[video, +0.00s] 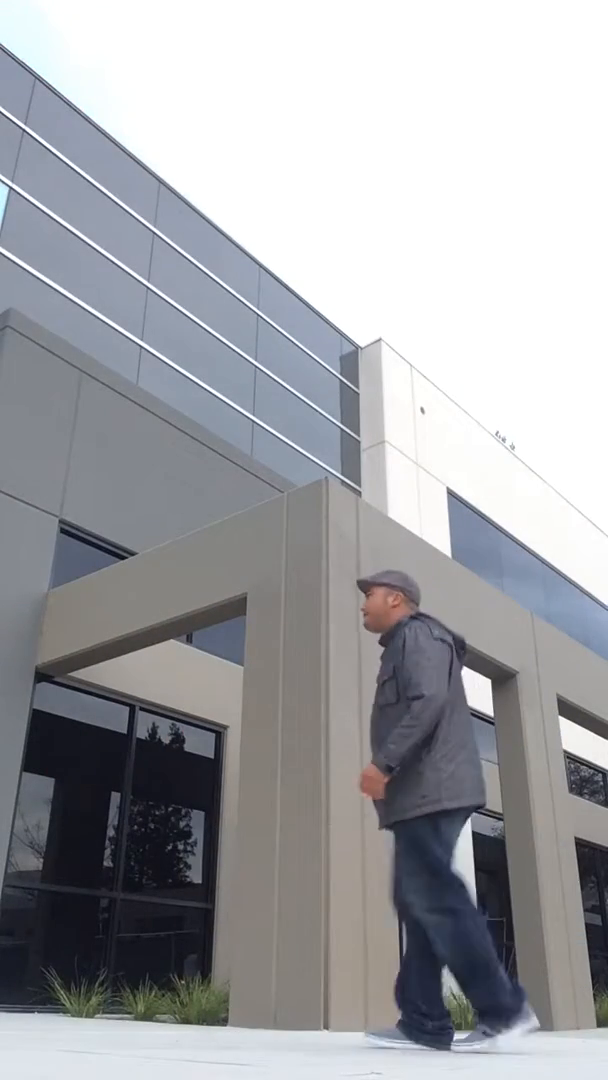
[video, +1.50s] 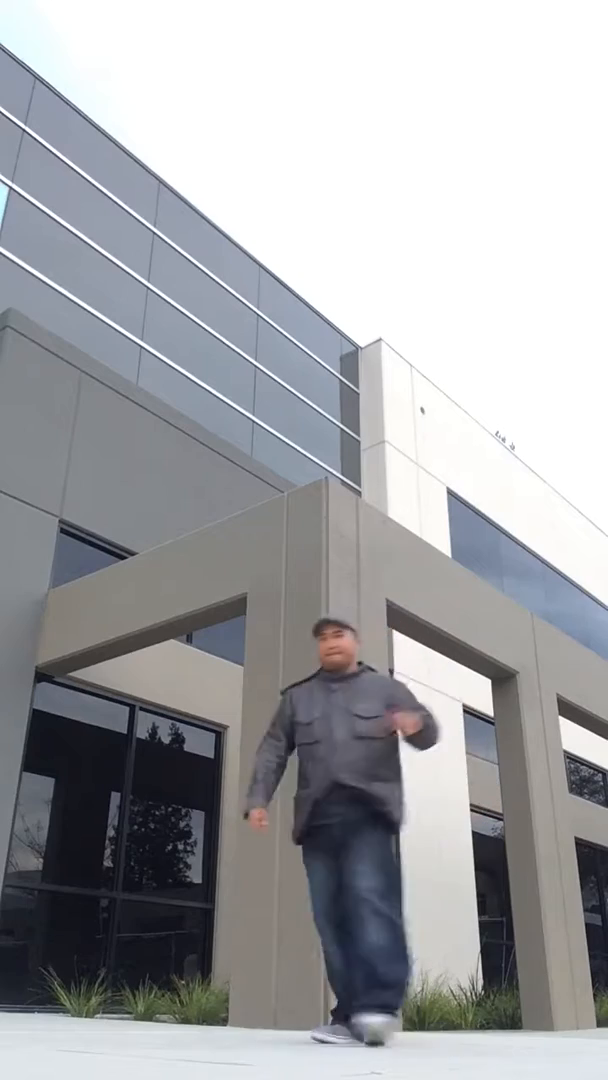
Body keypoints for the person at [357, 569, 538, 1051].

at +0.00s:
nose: (362, 605)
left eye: (368, 595)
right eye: (364, 597)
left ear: (396, 599)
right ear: (396, 600)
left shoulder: (417, 633)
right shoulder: (408, 641)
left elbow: (429, 701)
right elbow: (428, 712)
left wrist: (383, 764)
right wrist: (387, 771)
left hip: (435, 787)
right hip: (423, 789)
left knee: (431, 897)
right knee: (415, 900)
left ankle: (506, 1011)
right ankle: (424, 1024)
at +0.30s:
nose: (342, 611)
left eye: (348, 601)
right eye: (342, 604)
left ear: (377, 601)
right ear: (370, 605)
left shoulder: (410, 629)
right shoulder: (378, 653)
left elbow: (433, 688)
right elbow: (396, 722)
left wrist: (381, 730)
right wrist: (377, 780)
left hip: (426, 778)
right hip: (397, 788)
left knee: (417, 881)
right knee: (382, 891)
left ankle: (487, 1002)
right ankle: (417, 1017)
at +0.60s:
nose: (335, 645)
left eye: (338, 634)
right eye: (335, 636)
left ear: (360, 629)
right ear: (366, 630)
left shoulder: (380, 647)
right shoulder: (402, 663)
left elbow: (392, 686)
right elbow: (401, 745)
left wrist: (322, 716)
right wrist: (378, 804)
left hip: (414, 791)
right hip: (409, 800)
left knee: (409, 881)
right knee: (375, 909)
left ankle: (508, 1007)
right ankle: (384, 1032)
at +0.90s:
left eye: (378, 619)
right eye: (396, 620)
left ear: (365, 625)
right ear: (405, 626)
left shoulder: (339, 657)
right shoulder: (432, 658)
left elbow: (295, 696)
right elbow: (471, 715)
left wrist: (272, 714)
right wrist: (482, 778)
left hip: (357, 775)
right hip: (418, 773)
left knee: (368, 890)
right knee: (409, 888)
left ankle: (358, 999)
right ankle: (389, 1018)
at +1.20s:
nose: (419, 643)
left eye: (418, 635)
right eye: (413, 635)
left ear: (390, 642)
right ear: (388, 640)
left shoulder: (385, 684)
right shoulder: (369, 682)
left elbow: (396, 739)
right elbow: (380, 749)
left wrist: (440, 732)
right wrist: (407, 810)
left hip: (388, 819)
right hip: (367, 818)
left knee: (409, 912)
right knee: (392, 907)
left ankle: (402, 1021)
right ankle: (308, 990)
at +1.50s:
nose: (332, 642)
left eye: (340, 635)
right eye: (324, 637)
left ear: (357, 643)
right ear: (316, 649)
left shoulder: (386, 688)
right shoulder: (298, 697)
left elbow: (430, 736)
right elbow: (273, 748)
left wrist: (415, 724)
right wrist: (258, 799)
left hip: (369, 810)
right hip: (318, 814)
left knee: (368, 899)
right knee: (328, 913)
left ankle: (379, 1008)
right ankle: (349, 1015)